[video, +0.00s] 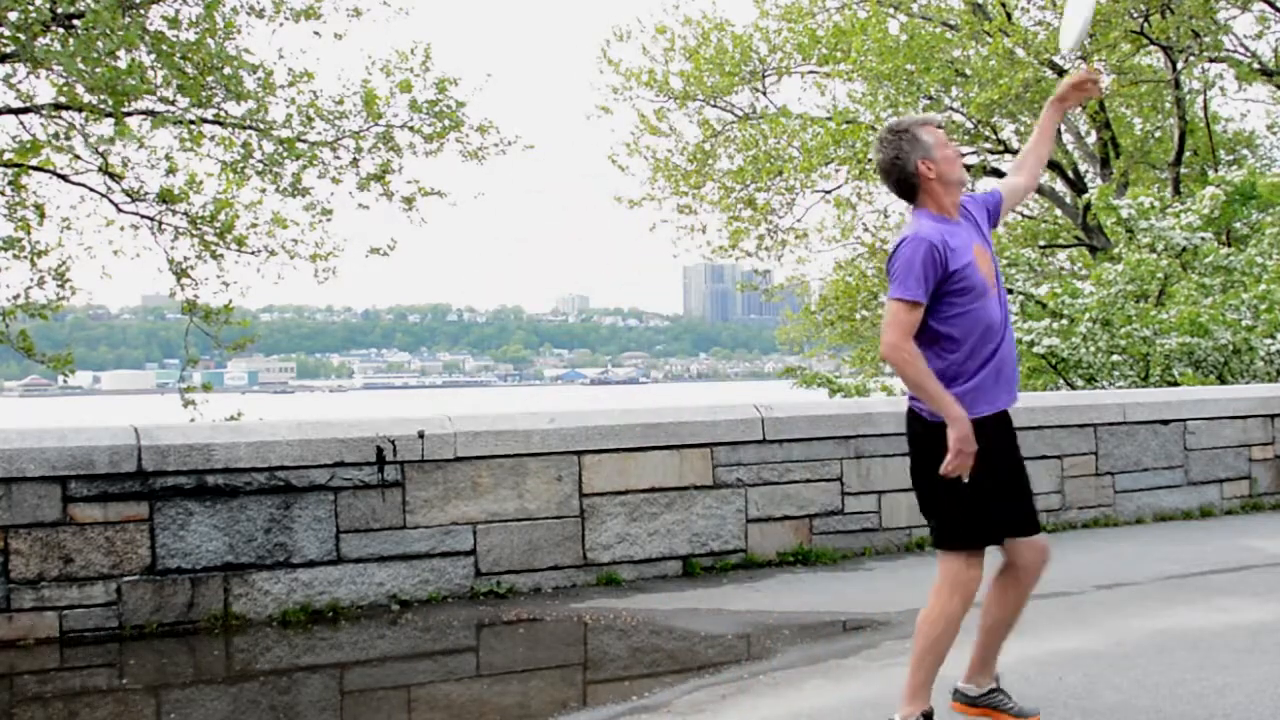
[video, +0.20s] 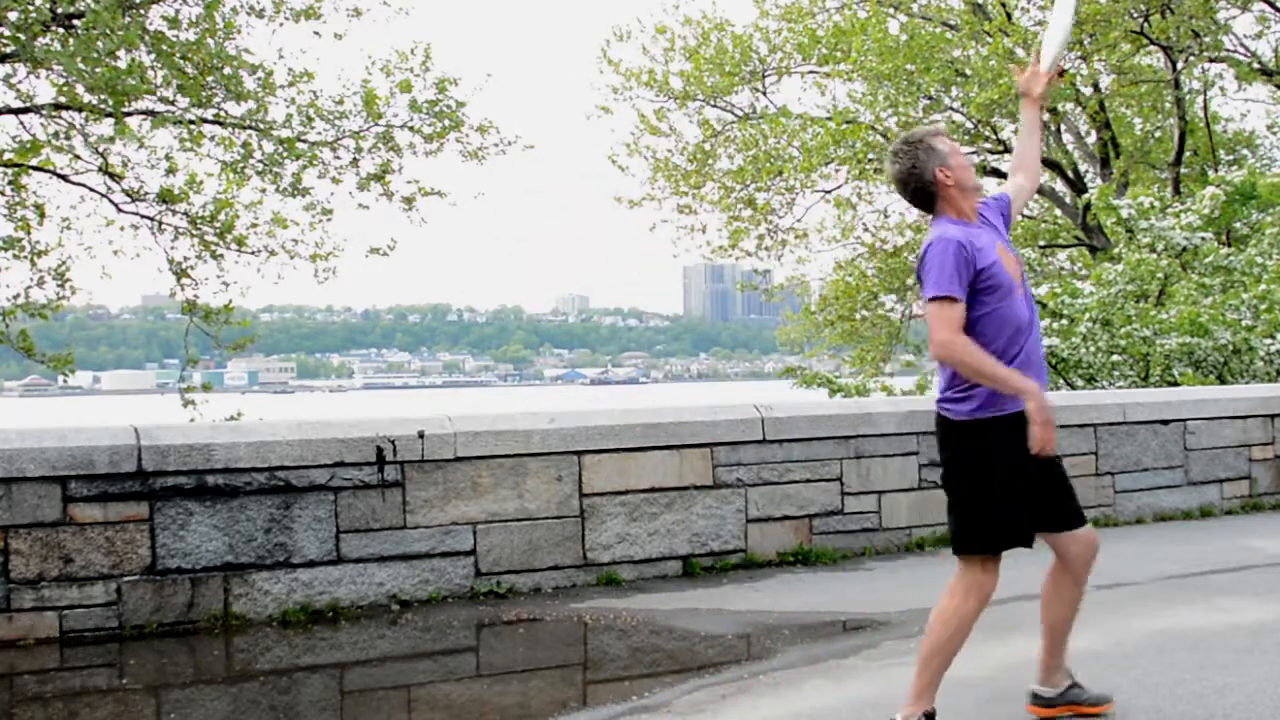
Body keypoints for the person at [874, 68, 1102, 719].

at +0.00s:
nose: (960, 149)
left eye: (952, 141)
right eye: (948, 143)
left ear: (931, 167)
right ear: (927, 167)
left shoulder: (974, 210)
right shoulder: (922, 243)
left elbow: (1024, 176)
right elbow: (895, 345)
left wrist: (1058, 104)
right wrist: (955, 417)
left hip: (990, 419)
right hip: (945, 427)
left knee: (1028, 557)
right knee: (959, 575)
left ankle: (978, 683)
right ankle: (911, 708)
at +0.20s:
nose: (969, 153)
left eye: (960, 148)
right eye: (958, 150)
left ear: (946, 176)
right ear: (943, 175)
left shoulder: (989, 214)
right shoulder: (947, 240)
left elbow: (1024, 174)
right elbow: (944, 341)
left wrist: (1032, 104)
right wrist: (1029, 390)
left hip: (1016, 418)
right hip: (975, 424)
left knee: (1078, 549)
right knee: (976, 577)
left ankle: (1052, 681)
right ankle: (914, 709)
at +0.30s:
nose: (984, 160)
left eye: (974, 154)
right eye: (974, 157)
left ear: (962, 182)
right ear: (960, 181)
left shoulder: (1005, 216)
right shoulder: (968, 246)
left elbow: (1033, 174)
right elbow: (981, 341)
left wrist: (1035, 103)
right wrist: (1078, 362)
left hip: (1039, 419)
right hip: (999, 428)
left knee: (1092, 550)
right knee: (990, 576)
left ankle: (1071, 686)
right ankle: (921, 708)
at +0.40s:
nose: (996, 164)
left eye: (987, 158)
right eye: (985, 161)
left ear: (977, 185)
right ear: (972, 185)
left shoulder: (1017, 215)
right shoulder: (986, 246)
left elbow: (1038, 159)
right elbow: (1021, 329)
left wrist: (1044, 91)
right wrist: (1113, 308)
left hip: (1074, 409)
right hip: (1033, 418)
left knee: (1107, 552)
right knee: (1045, 566)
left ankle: (1074, 688)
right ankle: (947, 692)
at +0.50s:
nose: (1004, 166)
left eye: (996, 160)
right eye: (993, 164)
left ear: (984, 191)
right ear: (977, 193)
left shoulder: (1027, 217)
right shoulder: (999, 250)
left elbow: (1045, 161)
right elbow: (1059, 300)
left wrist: (1045, 94)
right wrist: (1116, 233)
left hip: (1097, 402)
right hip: (1068, 412)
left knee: (1109, 554)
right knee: (1102, 556)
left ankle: (1075, 686)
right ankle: (1008, 685)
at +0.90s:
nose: (1061, 179)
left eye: (1056, 170)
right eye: (1047, 182)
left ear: (1062, 168)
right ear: (1024, 210)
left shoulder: (1063, 218)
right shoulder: (1069, 252)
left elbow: (1064, 197)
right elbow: (1163, 293)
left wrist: (1074, 154)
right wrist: (1166, 238)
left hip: (1131, 407)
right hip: (1125, 413)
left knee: (1142, 558)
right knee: (1144, 562)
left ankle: (1096, 691)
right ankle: (1092, 706)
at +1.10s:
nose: (1113, 154)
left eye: (1104, 148)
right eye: (1102, 155)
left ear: (1067, 193)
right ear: (1084, 188)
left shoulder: (1058, 228)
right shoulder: (1137, 244)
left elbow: (1035, 185)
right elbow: (1241, 267)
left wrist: (1032, 125)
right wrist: (1262, 192)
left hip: (1102, 407)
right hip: (1142, 410)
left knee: (1125, 558)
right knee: (1152, 563)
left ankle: (1089, 691)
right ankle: (1094, 704)